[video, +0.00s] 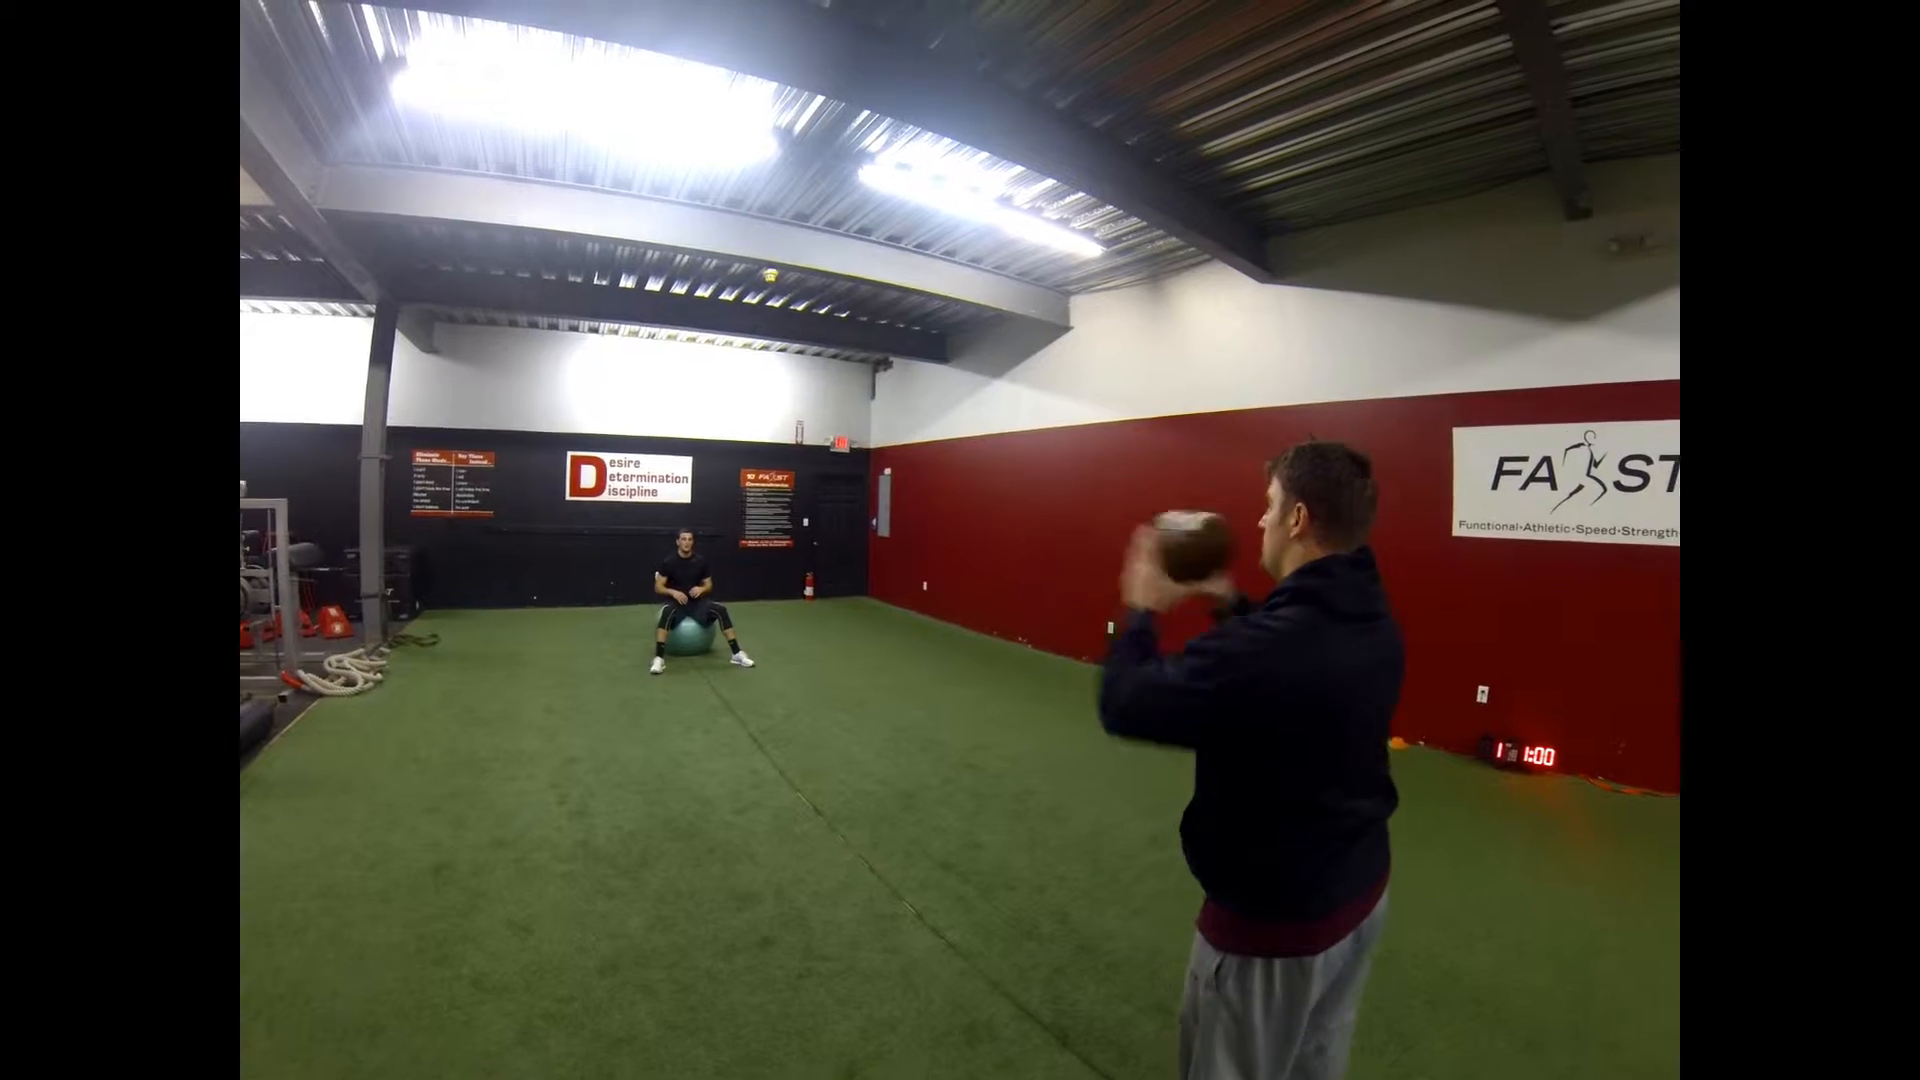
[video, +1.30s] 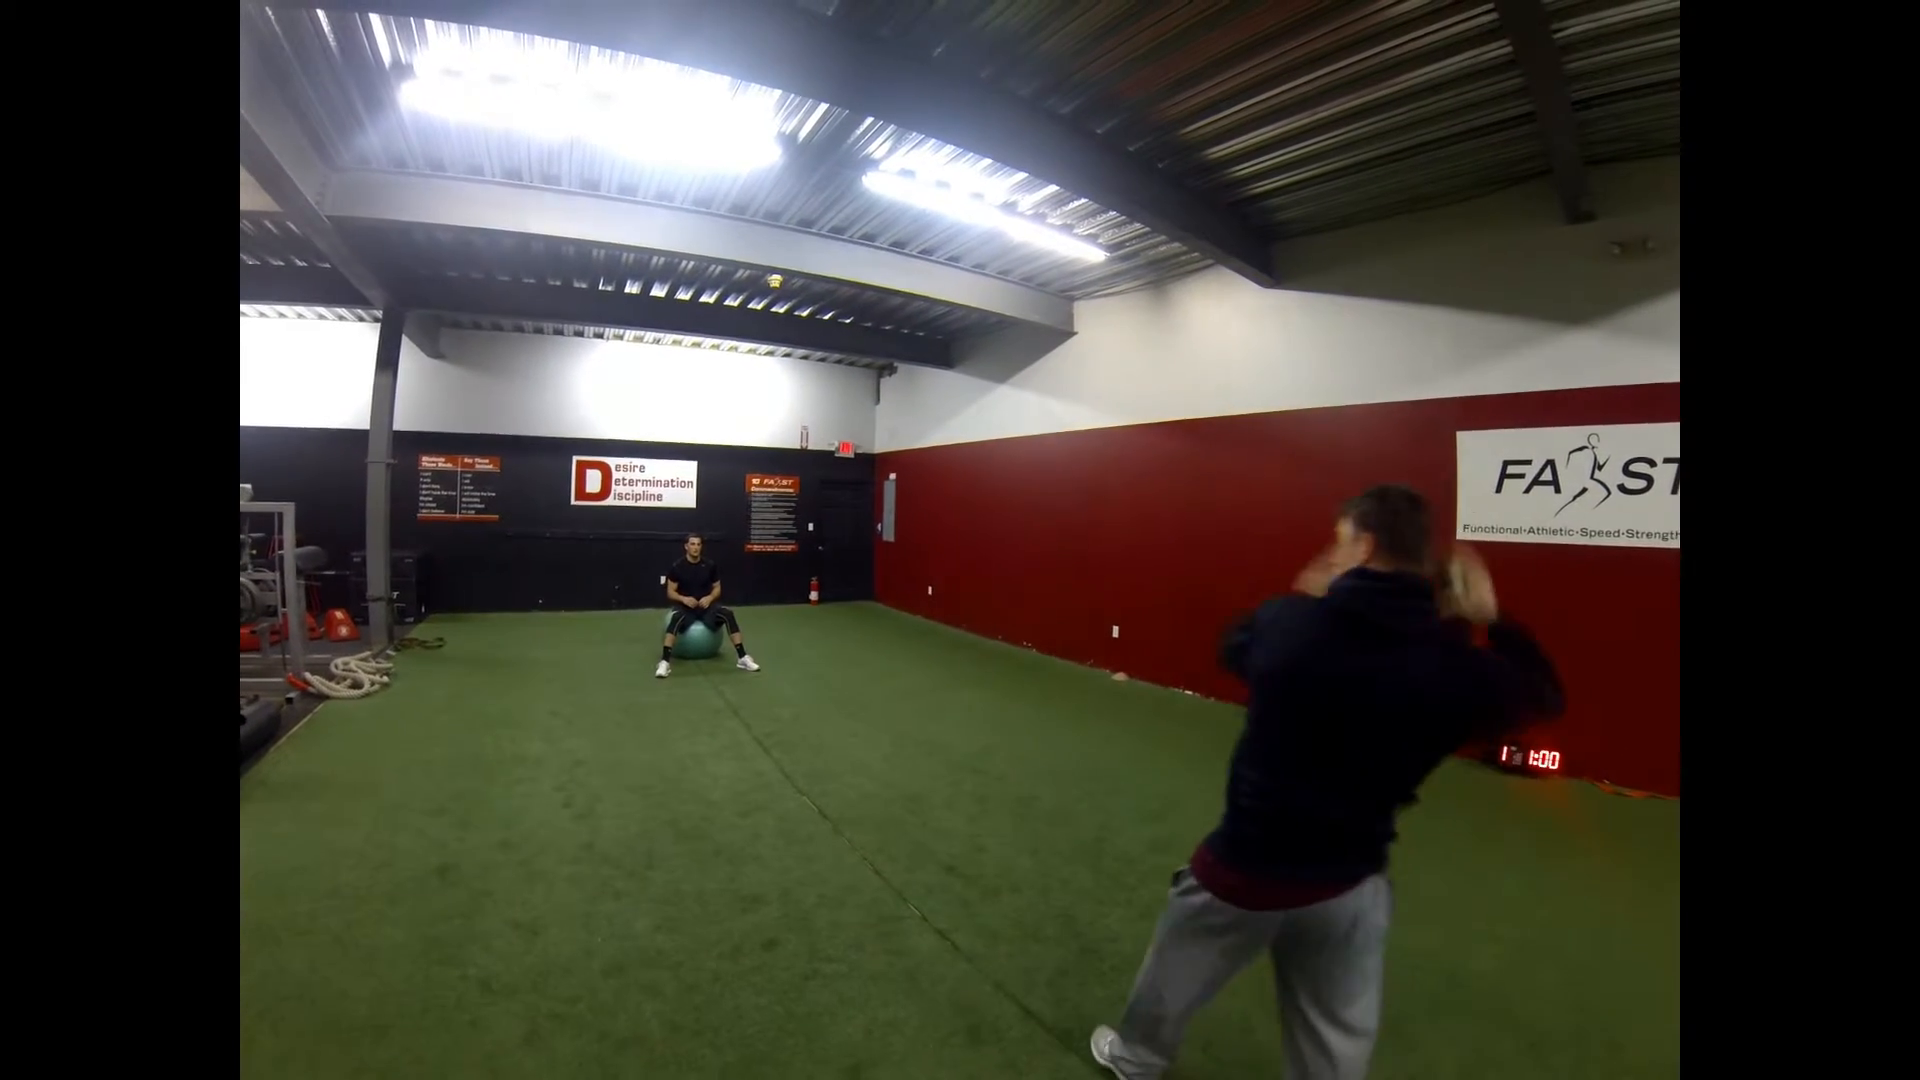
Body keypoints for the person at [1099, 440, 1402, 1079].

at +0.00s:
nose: (1260, 523)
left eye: (1268, 506)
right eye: (1264, 506)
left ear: (1300, 517)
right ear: (1357, 525)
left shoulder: (1265, 644)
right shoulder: (1374, 621)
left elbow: (1126, 706)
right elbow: (1294, 664)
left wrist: (1140, 608)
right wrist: (1227, 600)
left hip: (1266, 923)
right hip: (1357, 896)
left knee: (1227, 1067)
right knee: (1316, 1066)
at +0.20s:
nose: (1292, 528)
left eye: (1297, 513)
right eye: (1294, 514)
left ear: (1319, 522)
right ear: (1385, 525)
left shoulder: (1275, 648)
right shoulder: (1411, 635)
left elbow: (1169, 738)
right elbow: (1339, 706)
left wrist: (1174, 646)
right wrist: (1271, 626)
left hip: (1276, 915)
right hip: (1374, 896)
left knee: (1231, 1066)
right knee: (1333, 1063)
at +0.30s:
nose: (1310, 530)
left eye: (1313, 516)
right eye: (1311, 516)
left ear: (1333, 523)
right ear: (1399, 526)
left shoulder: (1289, 646)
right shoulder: (1429, 638)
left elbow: (1190, 739)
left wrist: (1197, 653)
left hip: (1283, 914)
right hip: (1383, 900)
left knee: (1228, 1065)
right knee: (1344, 1064)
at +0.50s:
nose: (1352, 531)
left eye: (1355, 518)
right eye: (1355, 519)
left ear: (1371, 526)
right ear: (1442, 534)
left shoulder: (1320, 637)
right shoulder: (1468, 649)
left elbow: (1229, 728)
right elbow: (1447, 765)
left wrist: (1268, 647)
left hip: (1300, 909)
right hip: (1402, 904)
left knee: (1227, 1065)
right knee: (1355, 1066)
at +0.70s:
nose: (1386, 542)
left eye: (1392, 528)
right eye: (1389, 527)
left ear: (1419, 537)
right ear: (1475, 544)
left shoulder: (1348, 630)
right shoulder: (1501, 662)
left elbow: (1265, 711)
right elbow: (1478, 751)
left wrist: (1353, 681)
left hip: (1306, 897)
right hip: (1413, 909)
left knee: (1214, 991)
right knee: (1361, 1059)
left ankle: (1193, 1075)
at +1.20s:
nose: (1359, 557)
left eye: (1365, 542)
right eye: (1363, 542)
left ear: (1389, 545)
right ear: (1446, 558)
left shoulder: (1310, 629)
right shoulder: (1459, 666)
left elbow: (1284, 691)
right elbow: (1522, 753)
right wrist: (1481, 663)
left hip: (1256, 872)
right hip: (1361, 895)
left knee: (1187, 973)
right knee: (1347, 1053)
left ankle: (1131, 1054)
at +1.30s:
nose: (1331, 550)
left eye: (1340, 538)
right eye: (1334, 537)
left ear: (1362, 545)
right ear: (1427, 561)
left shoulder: (1299, 625)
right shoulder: (1448, 658)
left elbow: (1236, 648)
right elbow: (1540, 697)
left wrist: (1300, 595)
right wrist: (1492, 622)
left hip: (1245, 868)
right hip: (1349, 882)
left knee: (1180, 959)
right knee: (1337, 1044)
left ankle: (1138, 1053)